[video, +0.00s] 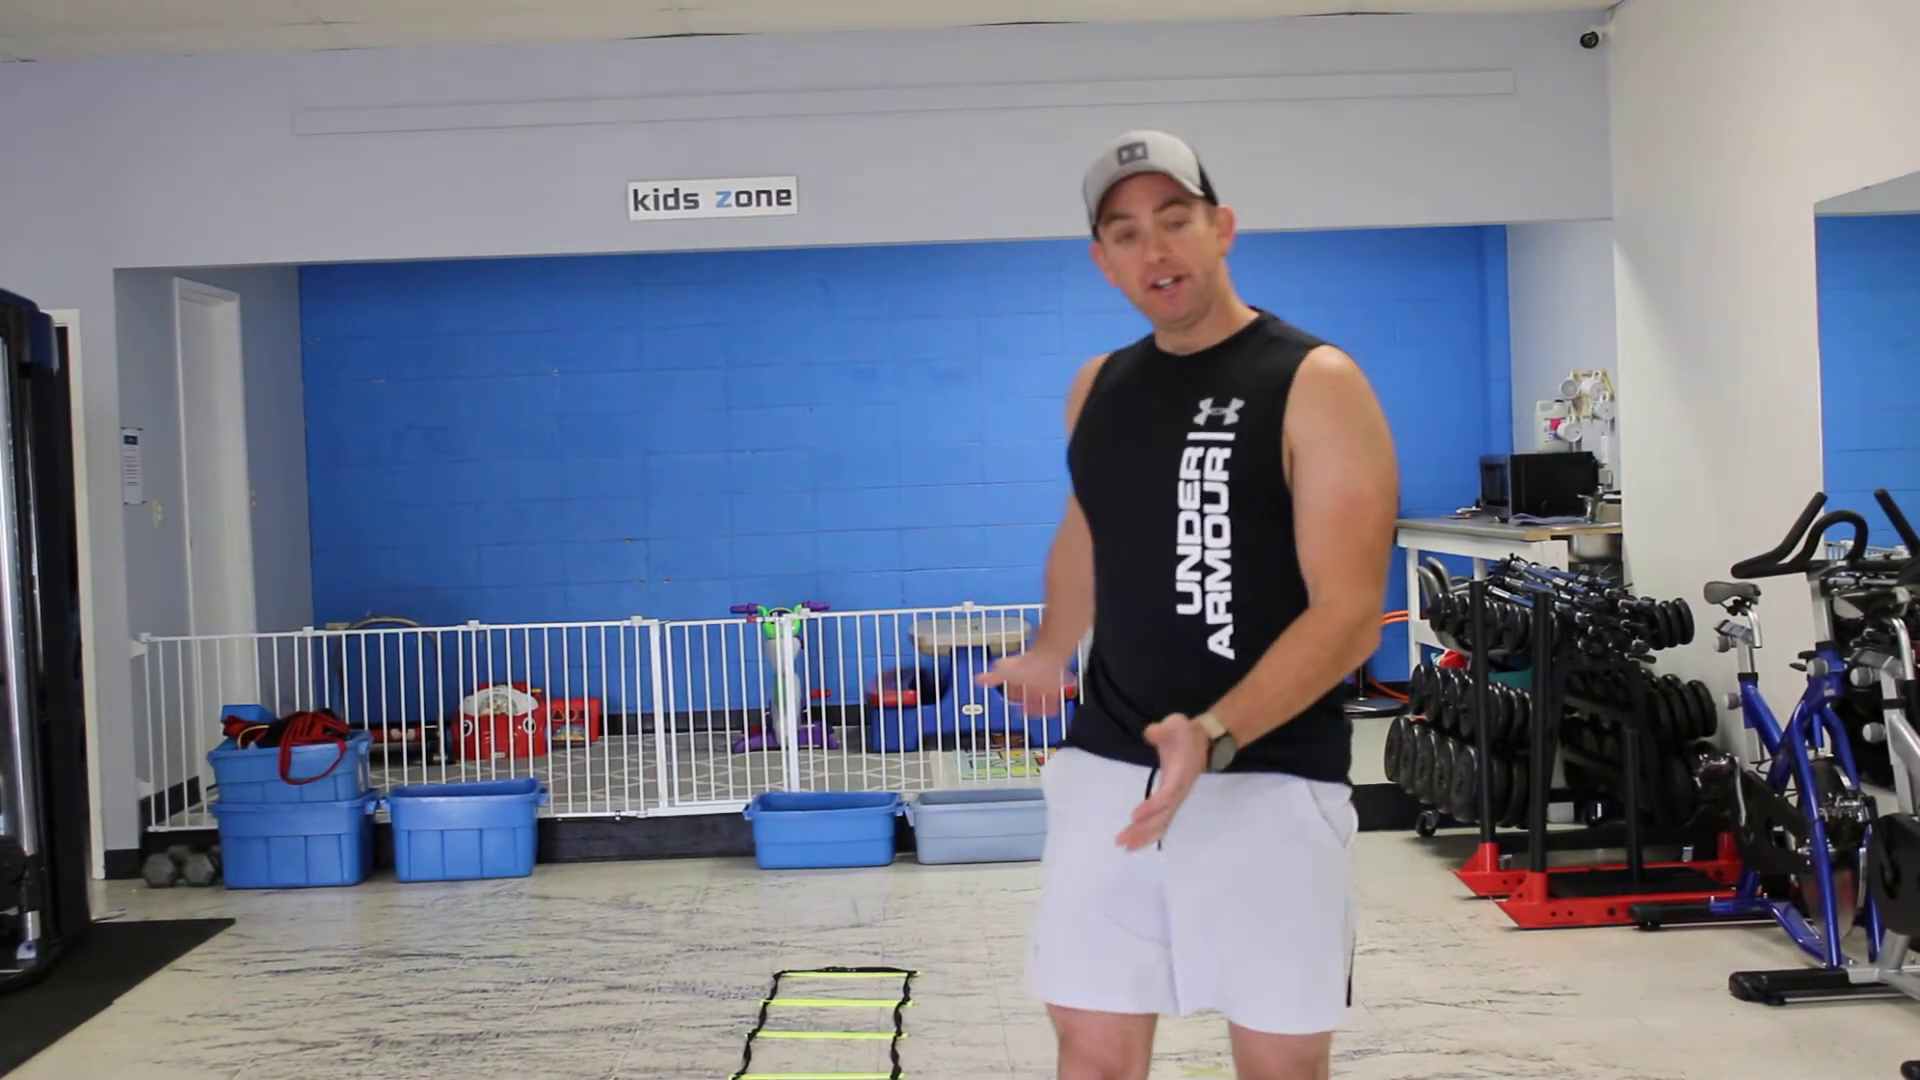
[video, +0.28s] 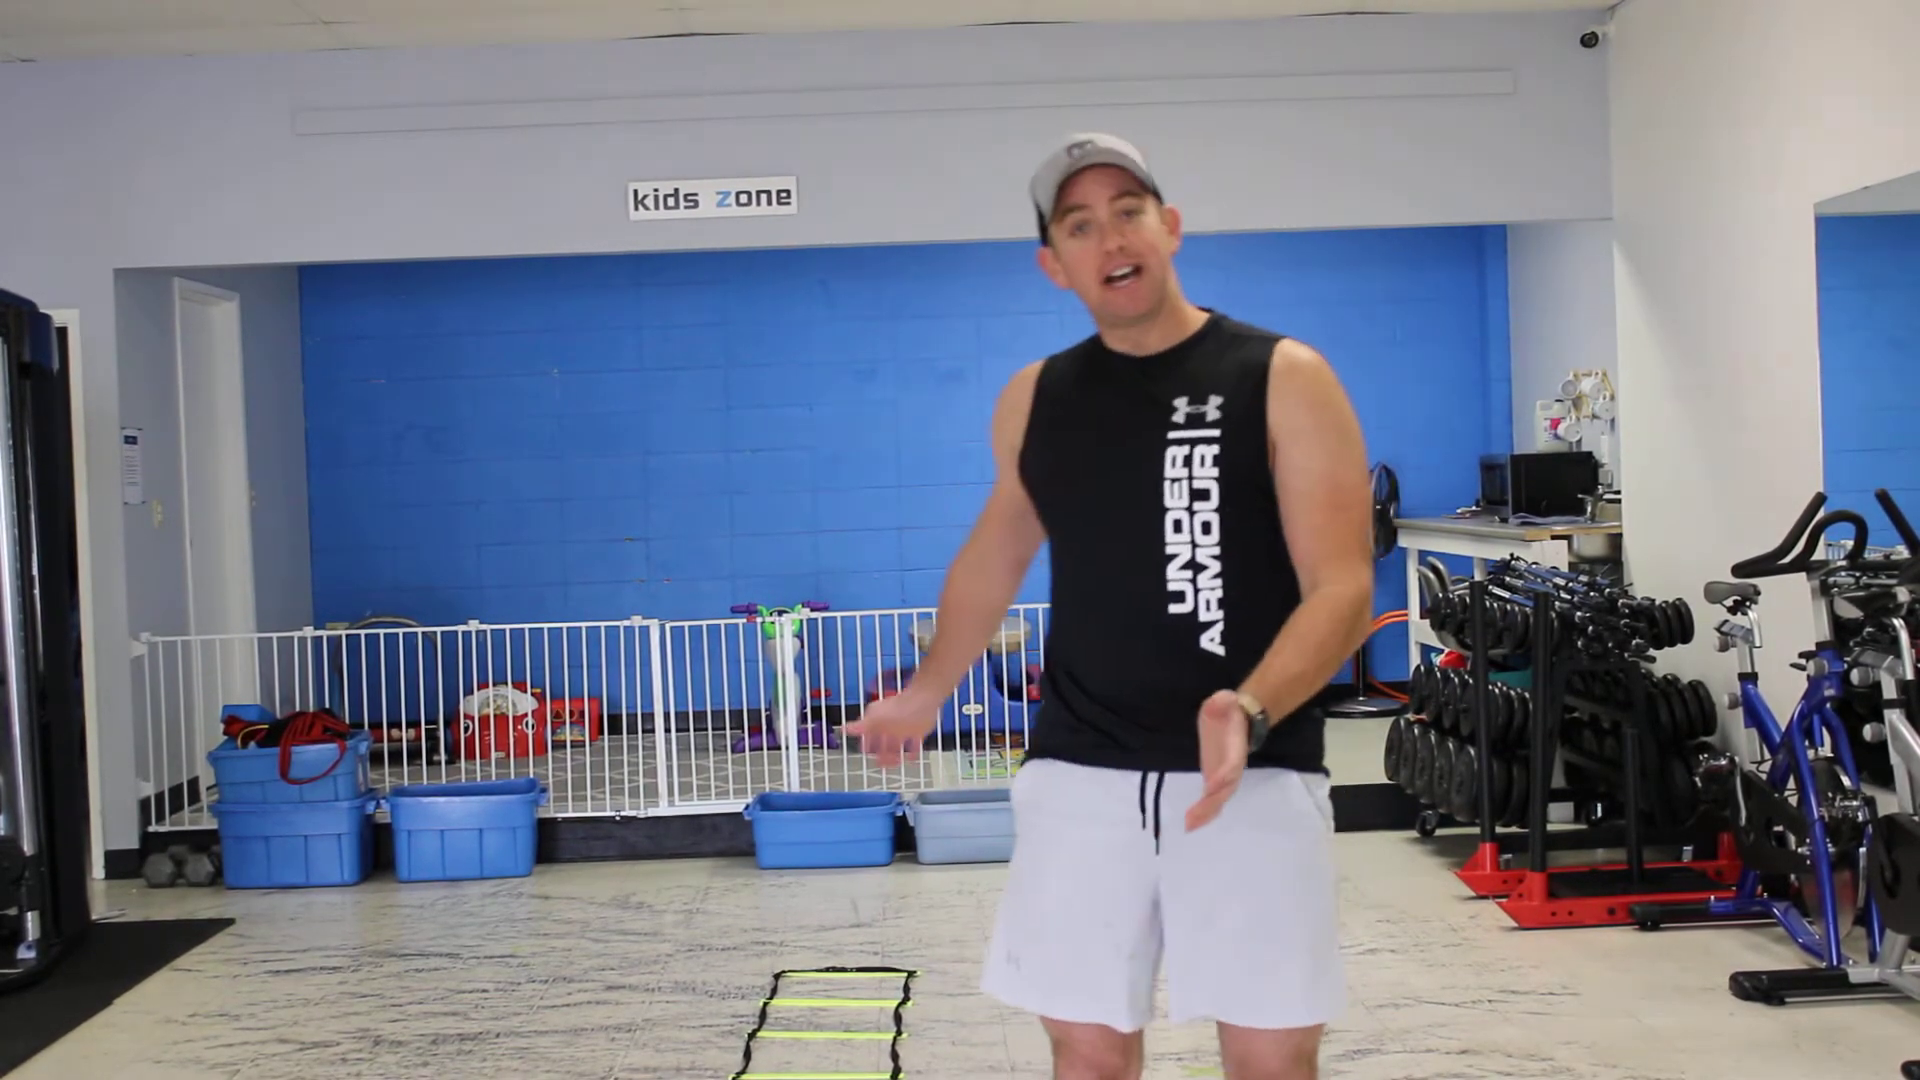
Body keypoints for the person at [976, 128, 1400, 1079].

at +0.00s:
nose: (1155, 252)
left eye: (1173, 220)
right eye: (1125, 234)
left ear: (1223, 227)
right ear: (1103, 263)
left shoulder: (1317, 385)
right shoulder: (1099, 388)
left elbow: (1349, 616)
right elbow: (1086, 525)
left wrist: (1211, 733)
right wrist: (1052, 647)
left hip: (1270, 788)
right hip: (1103, 779)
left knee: (1281, 1061)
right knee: (1094, 1059)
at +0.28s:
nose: (1112, 236)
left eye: (1129, 210)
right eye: (1082, 225)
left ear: (1173, 225)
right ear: (1055, 265)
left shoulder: (1285, 379)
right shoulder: (1035, 399)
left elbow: (1342, 589)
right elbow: (996, 552)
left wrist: (1250, 702)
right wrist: (928, 689)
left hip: (1255, 789)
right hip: (1081, 788)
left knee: (1273, 1063)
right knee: (1090, 1060)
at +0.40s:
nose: (1090, 238)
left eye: (1107, 212)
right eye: (1059, 227)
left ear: (1150, 228)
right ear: (1032, 268)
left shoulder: (1266, 381)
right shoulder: (1009, 405)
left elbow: (1333, 585)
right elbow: (965, 564)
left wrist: (1254, 695)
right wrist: (891, 701)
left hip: (1241, 789)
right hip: (1065, 793)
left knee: (1271, 1064)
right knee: (1080, 1062)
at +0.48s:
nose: (1075, 243)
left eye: (1092, 217)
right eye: (1044, 231)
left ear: (1132, 229)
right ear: (1016, 270)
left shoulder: (1252, 382)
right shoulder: (992, 409)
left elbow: (1322, 586)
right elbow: (946, 570)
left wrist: (1254, 692)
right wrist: (874, 710)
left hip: (1231, 790)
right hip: (1054, 798)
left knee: (1273, 1066)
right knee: (1070, 1065)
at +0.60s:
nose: (1051, 254)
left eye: (1067, 227)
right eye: (1019, 241)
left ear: (1108, 235)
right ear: (990, 276)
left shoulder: (1231, 387)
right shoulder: (967, 414)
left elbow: (1307, 583)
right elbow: (920, 586)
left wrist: (1250, 677)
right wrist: (850, 730)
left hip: (1222, 789)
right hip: (1041, 799)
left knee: (1310, 1062)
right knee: (1055, 1065)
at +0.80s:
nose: (1030, 275)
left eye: (1046, 244)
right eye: (1000, 259)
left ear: (1086, 245)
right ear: (970, 286)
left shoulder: (1212, 392)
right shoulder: (945, 425)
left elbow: (1291, 586)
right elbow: (903, 609)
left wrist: (1234, 669)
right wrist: (817, 770)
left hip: (1205, 792)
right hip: (1027, 806)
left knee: (1292, 1060)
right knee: (1047, 1064)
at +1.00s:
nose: (1020, 265)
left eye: (1038, 236)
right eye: (990, 250)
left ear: (1079, 243)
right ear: (962, 281)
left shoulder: (1201, 391)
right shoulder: (933, 427)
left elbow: (1286, 581)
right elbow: (892, 627)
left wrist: (1224, 661)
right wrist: (795, 779)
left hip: (1196, 789)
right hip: (1019, 806)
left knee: (1284, 1061)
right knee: (1045, 1065)